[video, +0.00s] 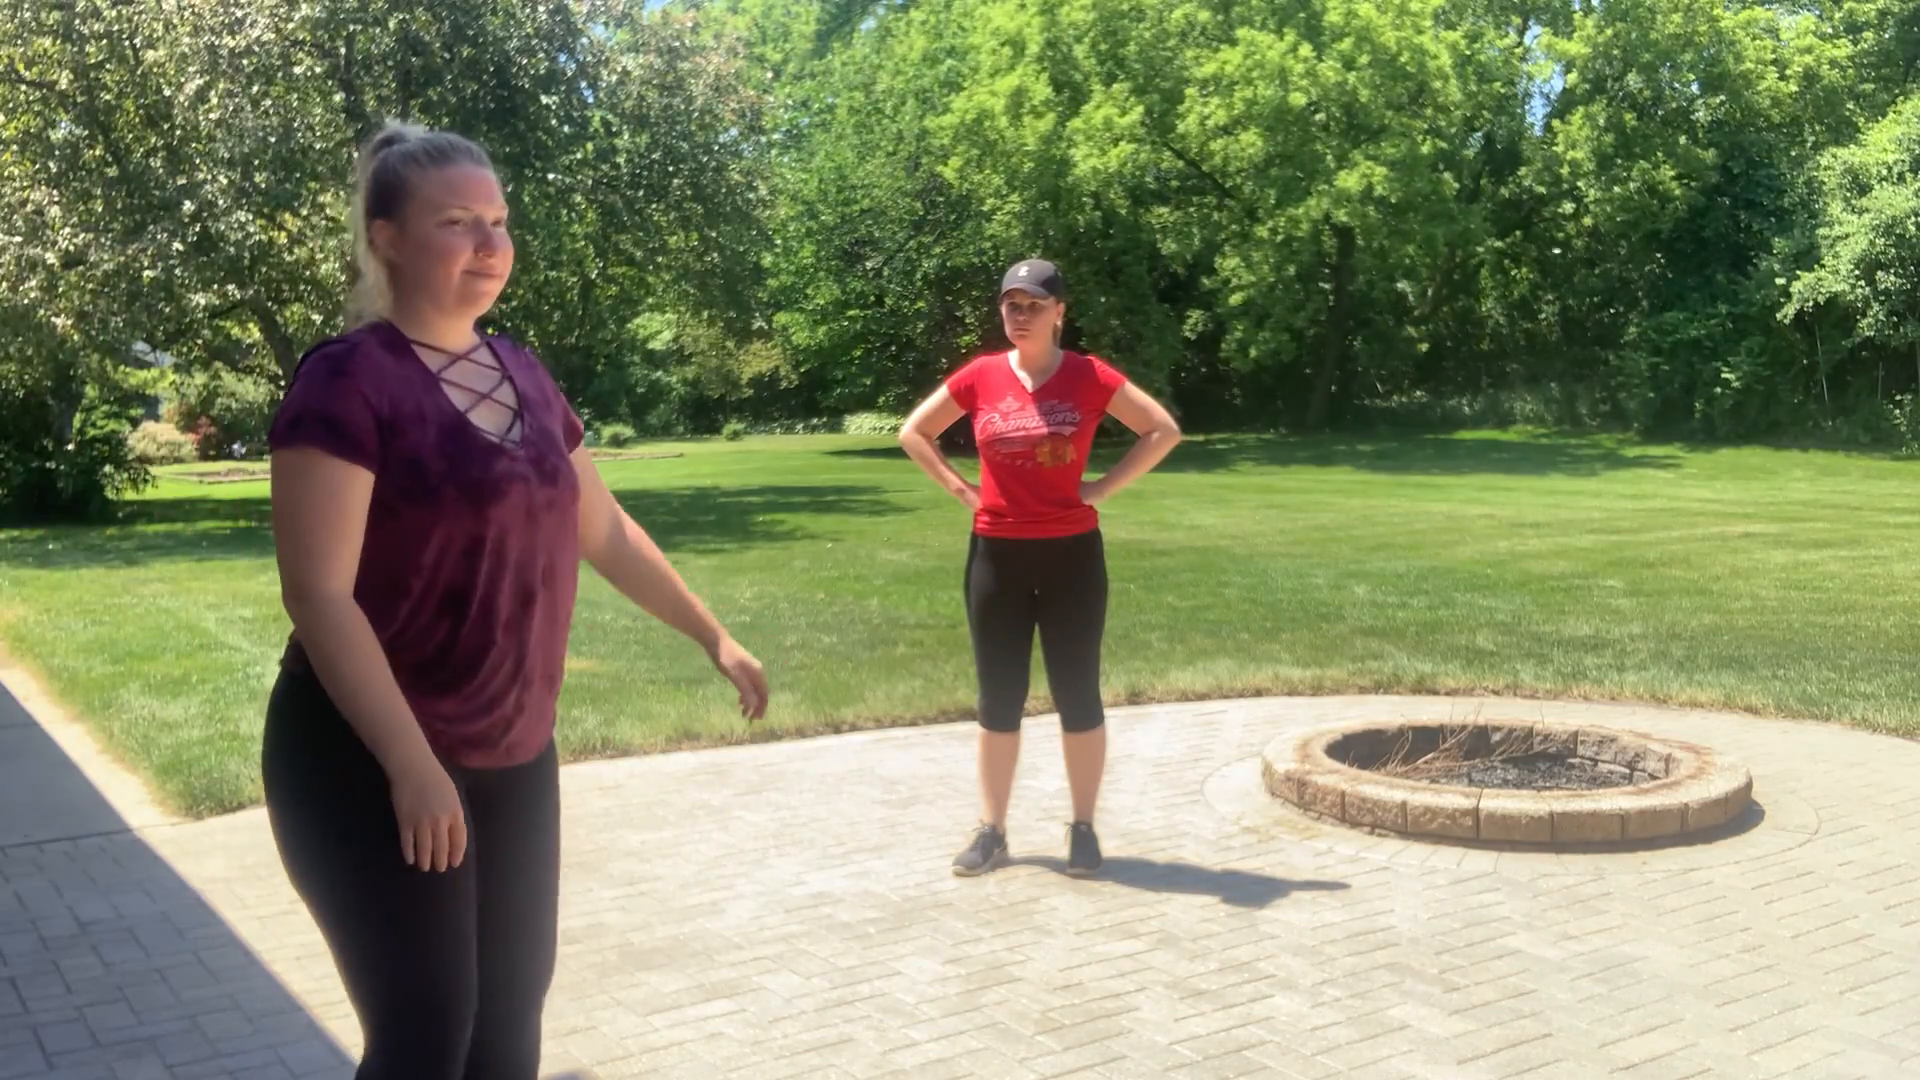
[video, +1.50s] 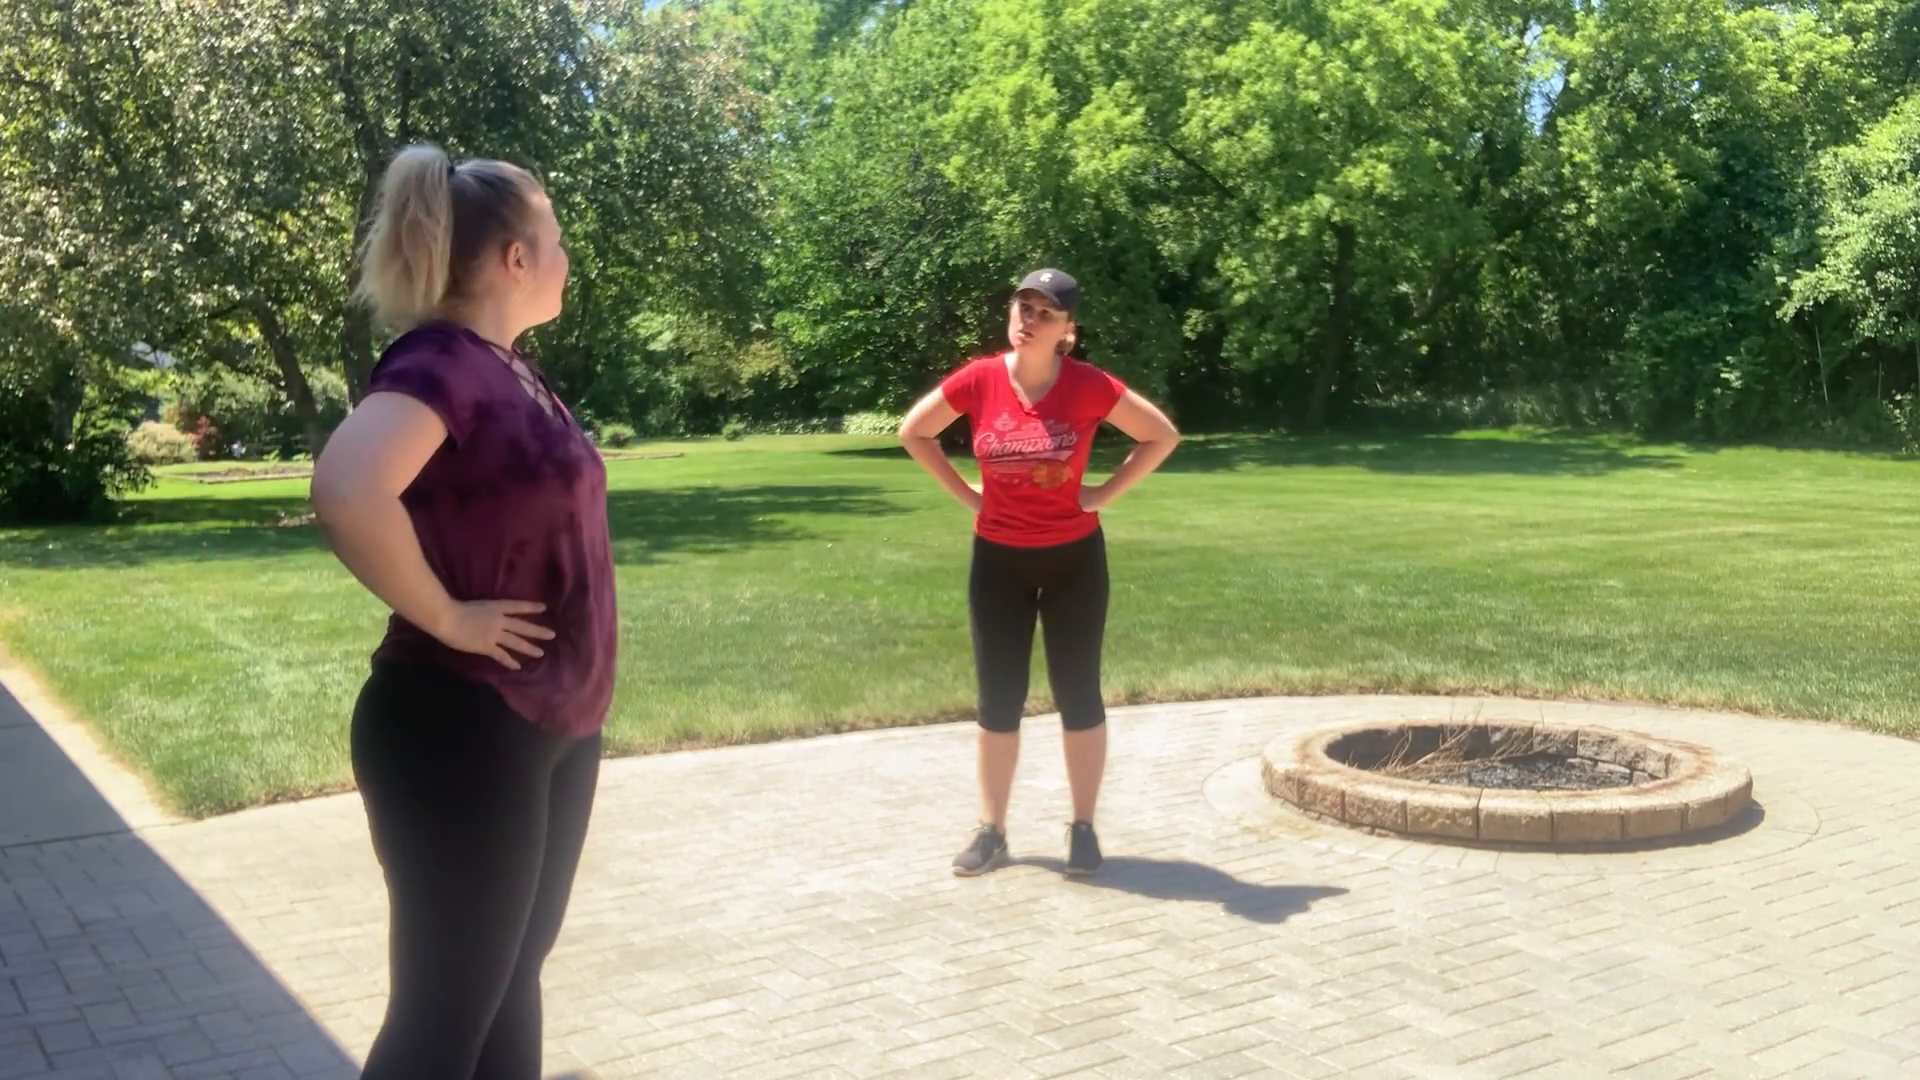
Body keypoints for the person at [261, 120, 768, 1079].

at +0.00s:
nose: (493, 241)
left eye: (500, 220)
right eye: (460, 220)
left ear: (513, 232)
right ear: (385, 238)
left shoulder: (517, 370)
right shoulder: (346, 383)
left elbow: (609, 533)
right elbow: (317, 594)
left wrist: (714, 635)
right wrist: (412, 763)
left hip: (510, 750)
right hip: (365, 753)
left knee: (508, 1041)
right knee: (425, 1042)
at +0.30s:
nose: (471, 234)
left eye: (482, 215)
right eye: (438, 214)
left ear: (499, 235)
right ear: (372, 240)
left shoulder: (517, 367)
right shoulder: (341, 378)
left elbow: (546, 549)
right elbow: (269, 575)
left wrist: (596, 684)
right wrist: (404, 712)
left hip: (516, 733)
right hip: (368, 745)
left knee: (580, 971)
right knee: (409, 1040)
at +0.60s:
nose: (507, 235)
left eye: (510, 218)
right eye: (476, 219)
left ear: (519, 235)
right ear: (405, 247)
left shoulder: (540, 357)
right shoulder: (377, 369)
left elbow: (579, 492)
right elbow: (220, 496)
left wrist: (612, 574)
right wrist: (380, 591)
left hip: (562, 715)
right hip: (432, 724)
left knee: (523, 1007)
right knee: (443, 1023)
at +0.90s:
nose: (552, 234)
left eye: (543, 215)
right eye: (525, 221)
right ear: (454, 252)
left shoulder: (537, 350)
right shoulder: (422, 362)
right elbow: (280, 484)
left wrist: (559, 586)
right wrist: (411, 600)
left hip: (566, 716)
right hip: (461, 724)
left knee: (517, 997)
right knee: (480, 1020)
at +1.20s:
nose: (564, 239)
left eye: (554, 220)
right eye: (545, 225)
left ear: (493, 260)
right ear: (485, 259)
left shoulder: (530, 356)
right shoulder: (440, 363)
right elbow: (336, 493)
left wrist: (561, 604)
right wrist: (437, 613)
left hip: (558, 709)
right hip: (462, 718)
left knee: (516, 977)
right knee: (460, 1015)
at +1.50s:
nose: (567, 255)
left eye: (559, 236)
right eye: (554, 238)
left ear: (498, 261)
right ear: (513, 260)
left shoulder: (504, 370)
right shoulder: (441, 363)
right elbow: (347, 486)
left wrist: (541, 603)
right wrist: (445, 614)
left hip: (548, 721)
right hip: (463, 727)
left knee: (513, 986)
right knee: (444, 1015)